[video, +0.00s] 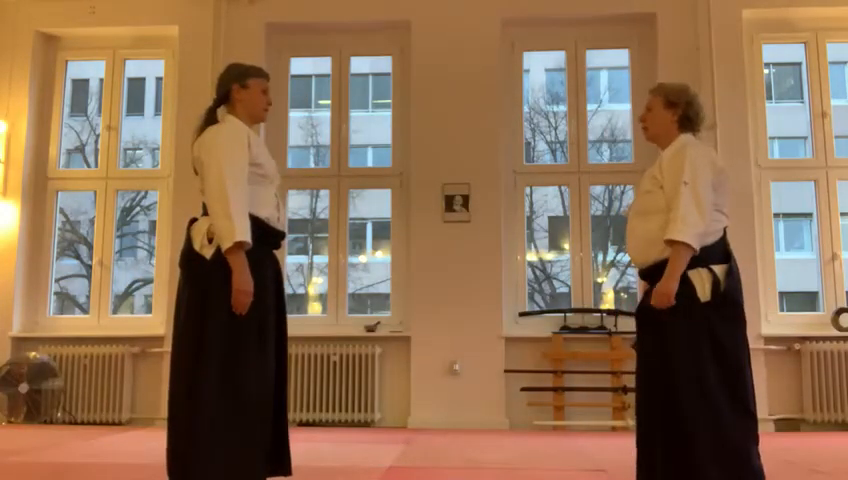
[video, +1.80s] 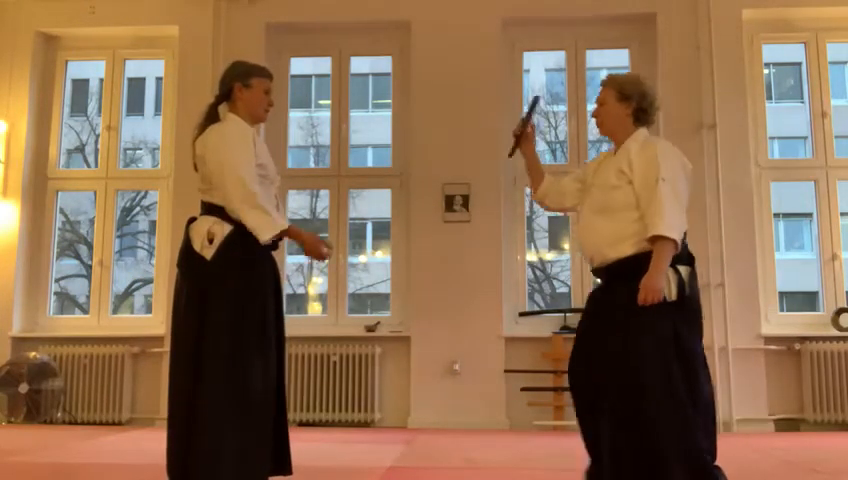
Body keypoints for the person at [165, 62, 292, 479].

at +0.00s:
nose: (269, 99)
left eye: (269, 92)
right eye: (262, 92)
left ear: (246, 97)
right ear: (236, 94)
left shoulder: (246, 136)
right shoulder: (226, 133)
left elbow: (245, 202)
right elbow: (223, 198)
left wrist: (265, 256)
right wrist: (239, 264)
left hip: (249, 256)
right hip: (230, 259)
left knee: (246, 366)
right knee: (230, 366)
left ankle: (242, 463)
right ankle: (225, 465)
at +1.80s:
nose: (270, 102)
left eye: (270, 94)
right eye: (264, 93)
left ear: (242, 94)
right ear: (239, 92)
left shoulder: (241, 134)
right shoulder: (228, 134)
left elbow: (242, 198)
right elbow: (240, 198)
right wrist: (299, 235)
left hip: (235, 255)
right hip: (230, 258)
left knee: (237, 364)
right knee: (235, 364)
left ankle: (230, 464)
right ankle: (232, 465)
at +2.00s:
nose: (273, 102)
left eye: (274, 94)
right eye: (267, 93)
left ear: (243, 96)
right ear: (240, 92)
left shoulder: (223, 133)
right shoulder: (238, 134)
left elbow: (254, 193)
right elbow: (262, 189)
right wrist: (324, 200)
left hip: (214, 249)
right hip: (234, 255)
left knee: (217, 359)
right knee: (238, 360)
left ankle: (214, 463)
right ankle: (236, 464)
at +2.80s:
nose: (262, 108)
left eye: (263, 100)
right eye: (256, 99)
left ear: (236, 98)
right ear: (229, 94)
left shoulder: (232, 140)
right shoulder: (213, 137)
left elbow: (227, 202)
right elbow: (216, 199)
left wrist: (279, 217)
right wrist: (281, 215)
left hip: (217, 258)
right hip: (199, 259)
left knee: (220, 364)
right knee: (205, 365)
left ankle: (213, 464)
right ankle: (201, 466)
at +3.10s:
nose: (237, 115)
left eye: (239, 108)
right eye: (231, 106)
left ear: (213, 105)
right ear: (205, 101)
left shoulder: (207, 146)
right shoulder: (185, 141)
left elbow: (207, 216)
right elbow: (173, 204)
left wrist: (227, 272)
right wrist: (235, 237)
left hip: (197, 265)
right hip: (175, 265)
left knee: (198, 375)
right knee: (177, 377)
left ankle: (195, 469)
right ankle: (176, 471)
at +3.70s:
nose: (196, 114)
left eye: (198, 108)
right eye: (190, 105)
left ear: (183, 110)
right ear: (162, 103)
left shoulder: (176, 154)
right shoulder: (141, 144)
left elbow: (180, 219)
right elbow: (134, 208)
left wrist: (200, 275)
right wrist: (193, 238)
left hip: (168, 264)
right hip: (136, 263)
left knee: (165, 366)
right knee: (129, 365)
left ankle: (159, 464)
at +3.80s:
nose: (188, 114)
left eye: (190, 108)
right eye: (181, 106)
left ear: (169, 110)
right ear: (153, 104)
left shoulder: (168, 154)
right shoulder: (131, 146)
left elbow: (171, 220)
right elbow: (125, 210)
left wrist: (195, 276)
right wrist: (185, 244)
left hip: (161, 267)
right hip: (126, 265)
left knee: (158, 371)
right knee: (109, 367)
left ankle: (153, 465)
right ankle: (30, 460)